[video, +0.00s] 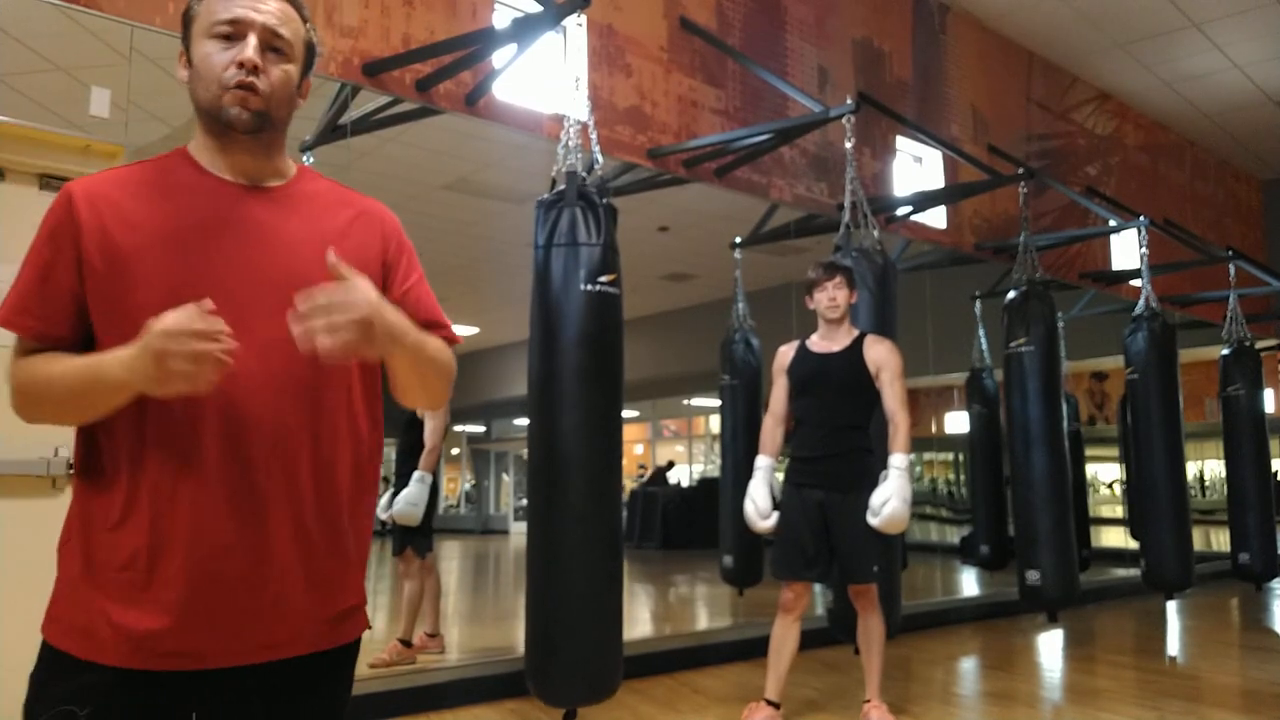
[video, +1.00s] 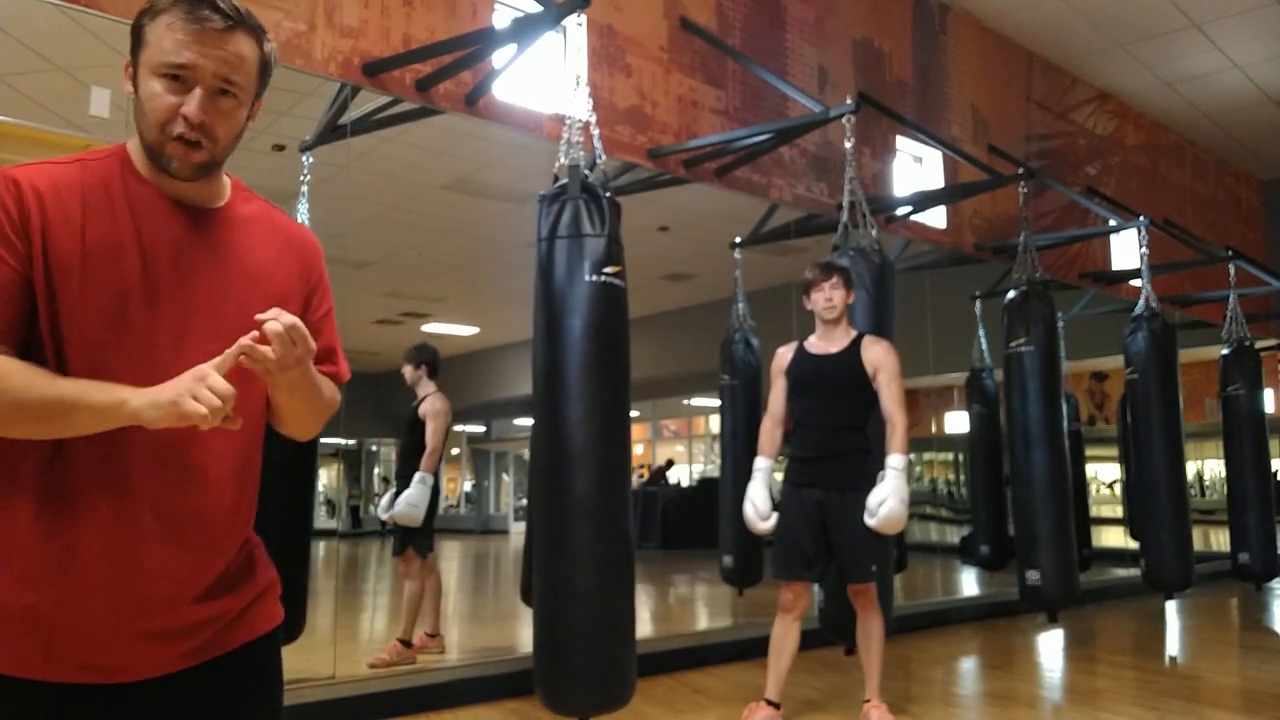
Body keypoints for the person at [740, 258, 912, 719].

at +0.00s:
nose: (832, 295)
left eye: (840, 288)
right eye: (824, 289)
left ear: (852, 296)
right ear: (811, 299)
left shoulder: (879, 351)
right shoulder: (789, 354)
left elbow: (897, 417)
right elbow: (774, 420)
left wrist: (898, 474)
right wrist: (762, 476)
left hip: (859, 491)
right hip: (802, 491)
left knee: (865, 597)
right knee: (790, 599)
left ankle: (873, 701)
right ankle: (770, 702)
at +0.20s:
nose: (831, 295)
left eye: (838, 288)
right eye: (823, 289)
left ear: (852, 296)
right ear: (810, 299)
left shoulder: (878, 350)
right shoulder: (787, 353)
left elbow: (896, 417)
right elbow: (772, 418)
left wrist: (897, 473)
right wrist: (760, 476)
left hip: (858, 491)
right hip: (801, 491)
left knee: (864, 597)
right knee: (789, 598)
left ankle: (873, 700)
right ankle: (771, 702)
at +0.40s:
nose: (829, 295)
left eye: (837, 288)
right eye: (821, 289)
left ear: (850, 296)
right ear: (809, 299)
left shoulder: (877, 350)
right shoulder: (787, 354)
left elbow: (896, 417)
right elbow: (772, 419)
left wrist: (896, 474)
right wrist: (760, 476)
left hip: (858, 492)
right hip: (801, 491)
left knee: (865, 596)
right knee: (789, 598)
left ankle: (873, 700)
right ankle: (771, 702)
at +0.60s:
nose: (829, 296)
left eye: (836, 289)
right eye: (820, 290)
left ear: (850, 296)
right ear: (808, 299)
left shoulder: (876, 351)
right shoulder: (786, 355)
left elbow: (895, 417)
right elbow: (772, 419)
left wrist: (896, 474)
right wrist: (760, 477)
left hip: (858, 491)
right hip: (800, 491)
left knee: (865, 596)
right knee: (789, 598)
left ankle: (873, 700)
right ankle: (771, 702)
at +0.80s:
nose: (829, 295)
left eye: (836, 288)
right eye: (821, 289)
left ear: (850, 296)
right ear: (808, 299)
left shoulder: (876, 351)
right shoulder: (787, 355)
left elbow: (895, 418)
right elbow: (772, 420)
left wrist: (896, 474)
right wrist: (760, 477)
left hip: (858, 491)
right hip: (800, 491)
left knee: (864, 596)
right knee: (789, 598)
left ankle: (873, 700)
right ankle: (771, 702)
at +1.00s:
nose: (827, 296)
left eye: (835, 289)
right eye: (819, 290)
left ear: (849, 296)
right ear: (808, 299)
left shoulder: (876, 351)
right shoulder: (787, 356)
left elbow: (895, 418)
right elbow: (773, 421)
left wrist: (895, 475)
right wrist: (760, 477)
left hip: (858, 491)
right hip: (801, 491)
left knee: (864, 596)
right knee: (789, 598)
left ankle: (873, 700)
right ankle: (771, 702)